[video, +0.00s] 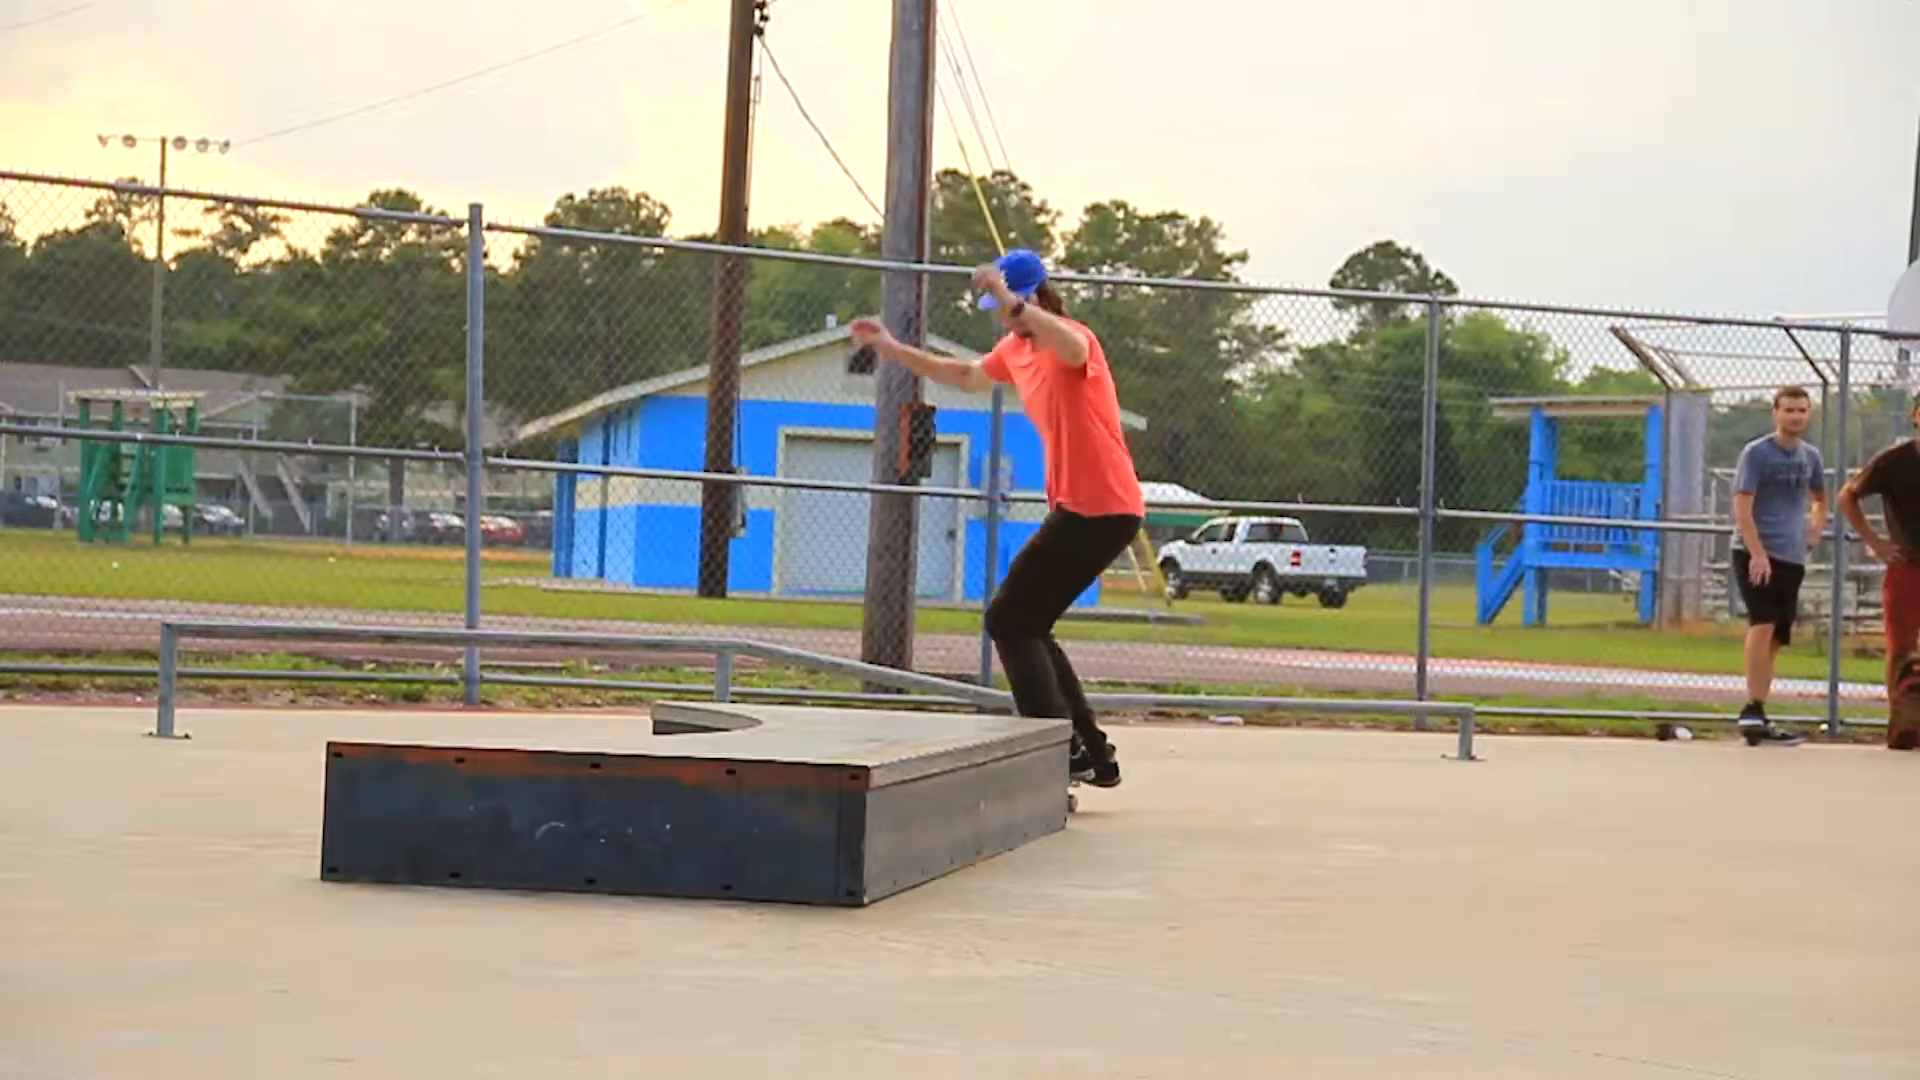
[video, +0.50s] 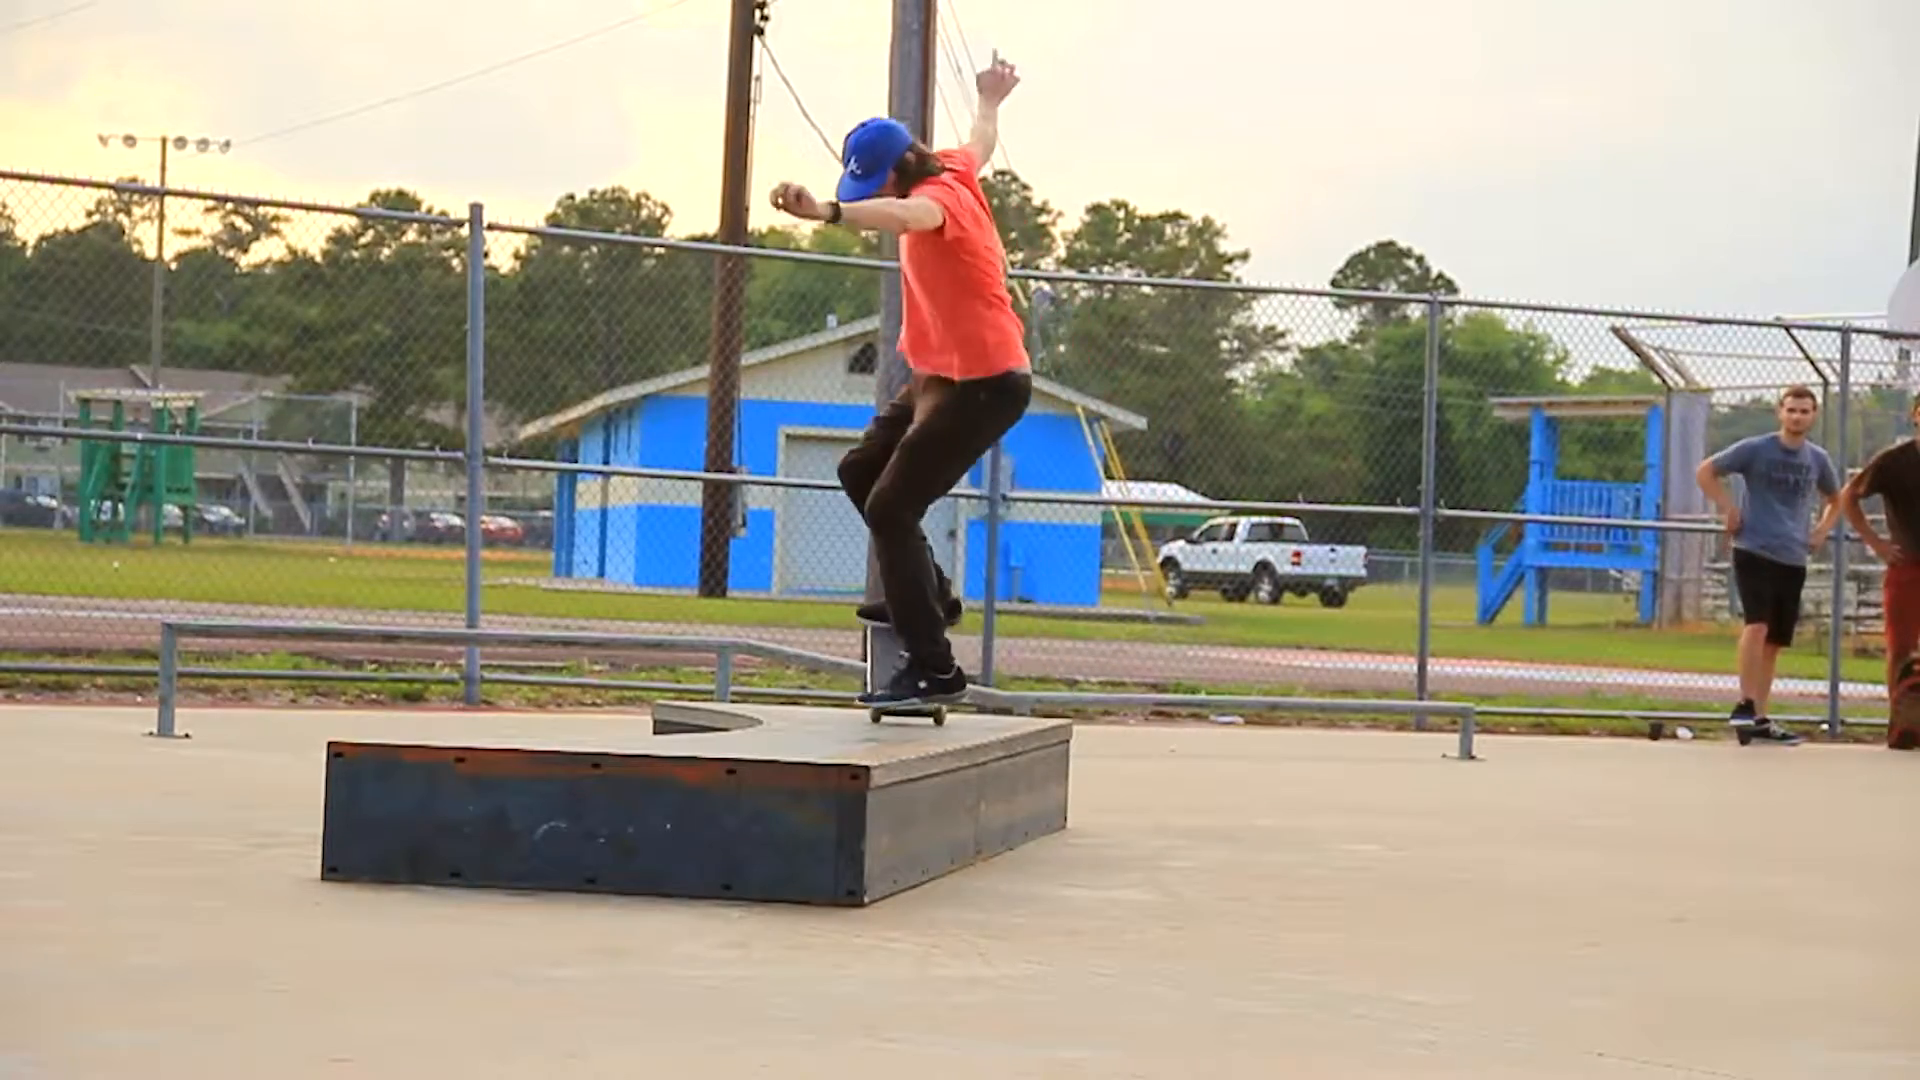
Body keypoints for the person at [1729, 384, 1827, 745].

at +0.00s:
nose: (1795, 417)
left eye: (1801, 411)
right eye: (1789, 410)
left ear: (1809, 416)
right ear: (1775, 413)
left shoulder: (1810, 456)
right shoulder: (1756, 453)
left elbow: (1820, 499)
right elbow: (1741, 505)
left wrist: (1817, 527)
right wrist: (1757, 552)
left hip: (1792, 555)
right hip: (1756, 550)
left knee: (1777, 635)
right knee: (1763, 623)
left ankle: (1758, 708)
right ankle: (1752, 707)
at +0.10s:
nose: (1794, 416)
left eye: (1800, 410)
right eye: (1788, 410)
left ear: (1809, 415)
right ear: (1776, 413)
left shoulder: (1813, 457)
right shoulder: (1755, 452)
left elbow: (1826, 500)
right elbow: (1734, 502)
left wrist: (1819, 529)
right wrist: (1747, 545)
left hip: (1792, 556)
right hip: (1756, 552)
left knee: (1776, 637)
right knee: (1760, 624)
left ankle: (1758, 709)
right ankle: (1750, 706)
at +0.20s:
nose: (1795, 416)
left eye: (1801, 410)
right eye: (1789, 409)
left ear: (1810, 415)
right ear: (1777, 412)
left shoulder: (1815, 458)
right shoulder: (1754, 452)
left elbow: (1834, 497)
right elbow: (1722, 494)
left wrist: (1820, 530)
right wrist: (1735, 537)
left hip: (1792, 558)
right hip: (1756, 552)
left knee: (1775, 639)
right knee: (1759, 625)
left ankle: (1758, 711)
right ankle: (1749, 706)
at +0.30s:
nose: (1796, 416)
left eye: (1803, 410)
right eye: (1790, 410)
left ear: (1812, 415)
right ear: (1778, 413)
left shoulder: (1817, 459)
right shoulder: (1754, 451)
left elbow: (1835, 498)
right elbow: (1713, 488)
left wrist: (1821, 529)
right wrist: (1730, 528)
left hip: (1792, 557)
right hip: (1754, 551)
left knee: (1775, 640)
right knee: (1758, 625)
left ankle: (1759, 712)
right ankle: (1747, 706)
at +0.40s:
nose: (1797, 416)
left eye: (1804, 411)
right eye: (1791, 410)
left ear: (1813, 416)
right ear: (1779, 413)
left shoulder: (1817, 459)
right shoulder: (1755, 450)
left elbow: (1835, 498)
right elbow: (1709, 479)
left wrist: (1821, 528)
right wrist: (1728, 521)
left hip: (1792, 557)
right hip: (1754, 550)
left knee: (1774, 641)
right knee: (1757, 625)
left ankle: (1760, 715)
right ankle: (1746, 705)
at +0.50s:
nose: (1798, 416)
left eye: (1805, 411)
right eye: (1792, 410)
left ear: (1813, 416)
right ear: (1780, 413)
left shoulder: (1818, 459)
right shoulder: (1756, 449)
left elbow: (1835, 498)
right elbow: (1705, 472)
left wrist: (1821, 530)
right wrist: (1728, 508)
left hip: (1792, 556)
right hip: (1754, 549)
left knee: (1774, 642)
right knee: (1757, 624)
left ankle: (1760, 715)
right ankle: (1746, 705)